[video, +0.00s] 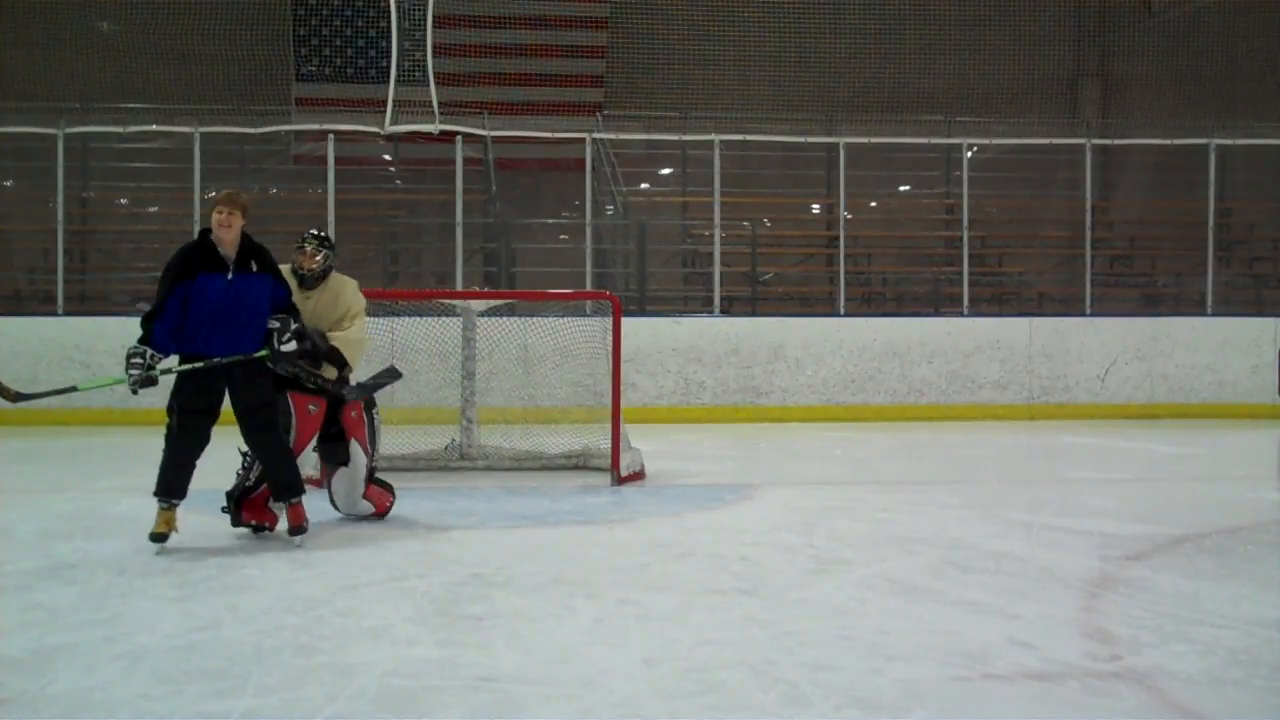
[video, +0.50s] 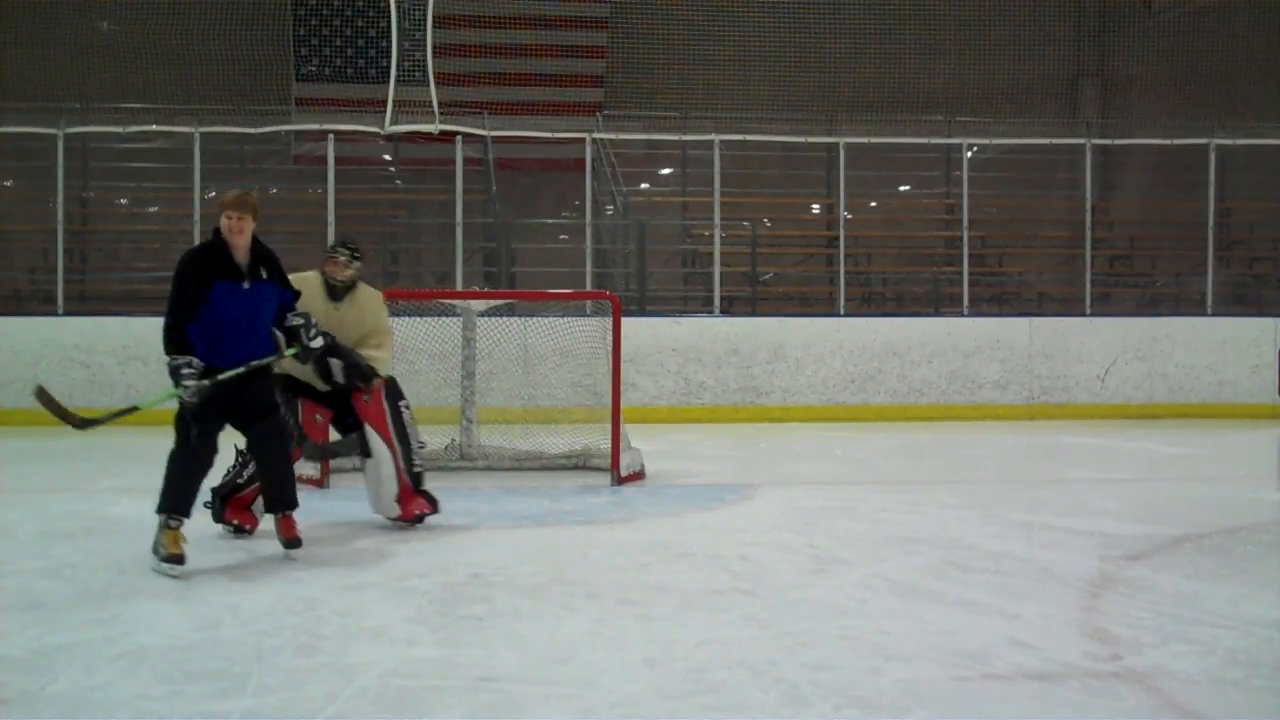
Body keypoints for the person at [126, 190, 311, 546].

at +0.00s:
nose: (224, 219)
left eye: (232, 214)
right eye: (219, 213)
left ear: (243, 221)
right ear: (210, 218)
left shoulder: (259, 259)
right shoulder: (189, 258)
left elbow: (284, 305)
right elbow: (165, 310)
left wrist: (284, 328)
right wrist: (146, 352)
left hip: (250, 360)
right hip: (200, 362)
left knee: (265, 433)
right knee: (186, 434)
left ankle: (292, 501)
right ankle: (166, 507)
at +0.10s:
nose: (221, 221)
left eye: (229, 216)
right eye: (216, 215)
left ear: (240, 222)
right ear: (207, 219)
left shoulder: (255, 259)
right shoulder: (186, 258)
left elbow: (277, 303)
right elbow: (159, 308)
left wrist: (279, 327)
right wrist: (147, 352)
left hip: (245, 364)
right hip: (195, 367)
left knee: (258, 435)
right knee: (179, 437)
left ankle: (288, 506)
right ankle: (158, 511)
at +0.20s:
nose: (219, 221)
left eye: (227, 216)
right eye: (214, 214)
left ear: (239, 222)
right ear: (205, 219)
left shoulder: (253, 261)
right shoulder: (183, 259)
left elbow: (275, 304)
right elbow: (155, 310)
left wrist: (279, 328)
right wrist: (149, 352)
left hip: (241, 366)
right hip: (190, 368)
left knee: (254, 439)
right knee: (175, 440)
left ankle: (284, 508)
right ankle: (151, 514)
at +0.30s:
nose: (219, 221)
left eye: (227, 215)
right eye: (214, 214)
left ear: (240, 221)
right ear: (206, 219)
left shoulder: (254, 261)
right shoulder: (184, 260)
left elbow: (277, 306)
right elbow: (158, 314)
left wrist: (283, 332)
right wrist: (157, 357)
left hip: (242, 369)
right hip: (192, 370)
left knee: (255, 439)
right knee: (177, 443)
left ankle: (282, 509)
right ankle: (151, 517)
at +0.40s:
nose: (224, 223)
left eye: (232, 217)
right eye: (219, 216)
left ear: (245, 222)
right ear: (211, 219)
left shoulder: (259, 259)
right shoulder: (189, 260)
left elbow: (278, 312)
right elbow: (165, 316)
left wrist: (294, 340)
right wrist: (169, 362)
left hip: (248, 369)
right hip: (198, 371)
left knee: (261, 439)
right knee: (184, 443)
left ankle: (279, 512)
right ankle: (159, 521)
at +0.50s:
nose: (232, 223)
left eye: (240, 218)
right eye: (227, 217)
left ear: (253, 222)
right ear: (219, 221)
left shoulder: (267, 261)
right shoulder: (198, 261)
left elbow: (286, 308)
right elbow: (176, 321)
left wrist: (306, 335)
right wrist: (184, 369)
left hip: (255, 371)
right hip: (206, 374)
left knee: (272, 438)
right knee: (195, 448)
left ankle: (283, 513)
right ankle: (171, 527)